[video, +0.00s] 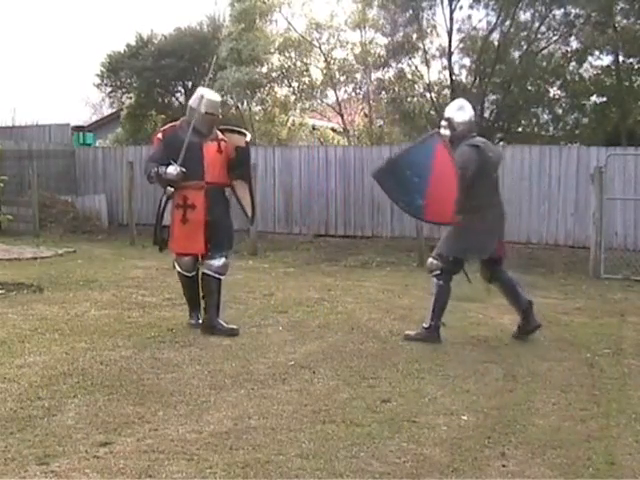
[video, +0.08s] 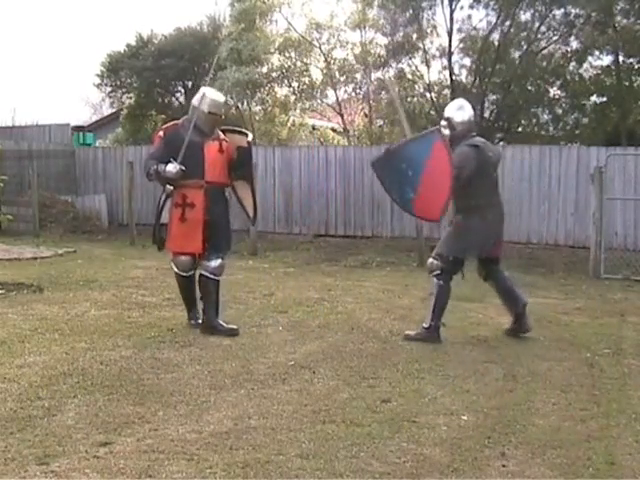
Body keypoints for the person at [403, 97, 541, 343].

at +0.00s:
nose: (447, 129)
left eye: (451, 124)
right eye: (447, 124)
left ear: (463, 124)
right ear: (470, 124)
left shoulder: (466, 151)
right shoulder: (485, 147)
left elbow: (454, 188)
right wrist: (447, 147)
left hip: (471, 222)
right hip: (491, 221)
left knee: (442, 270)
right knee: (493, 270)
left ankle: (432, 327)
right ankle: (527, 316)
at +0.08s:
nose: (447, 130)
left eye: (450, 125)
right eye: (446, 125)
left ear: (462, 125)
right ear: (470, 125)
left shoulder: (464, 152)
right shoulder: (486, 148)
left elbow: (446, 181)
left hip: (469, 222)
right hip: (492, 221)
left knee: (442, 270)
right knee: (489, 269)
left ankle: (432, 327)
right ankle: (520, 314)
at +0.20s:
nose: (449, 129)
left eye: (452, 124)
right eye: (448, 124)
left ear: (464, 125)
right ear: (473, 125)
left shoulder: (466, 155)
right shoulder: (490, 150)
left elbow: (442, 178)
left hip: (472, 224)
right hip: (494, 222)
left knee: (441, 269)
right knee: (492, 270)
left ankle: (432, 327)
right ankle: (515, 321)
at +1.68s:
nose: (452, 126)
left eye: (454, 122)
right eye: (453, 122)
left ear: (460, 123)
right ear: (476, 122)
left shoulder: (466, 150)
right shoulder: (487, 149)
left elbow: (451, 181)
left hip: (465, 219)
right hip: (487, 219)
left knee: (442, 268)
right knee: (489, 270)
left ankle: (433, 327)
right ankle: (515, 322)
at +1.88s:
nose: (451, 136)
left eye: (453, 132)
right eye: (453, 132)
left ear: (459, 133)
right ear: (480, 133)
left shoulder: (461, 157)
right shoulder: (494, 159)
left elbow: (457, 196)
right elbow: (505, 203)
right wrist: (479, 198)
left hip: (459, 229)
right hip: (487, 231)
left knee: (421, 262)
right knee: (488, 276)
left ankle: (422, 322)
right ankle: (510, 322)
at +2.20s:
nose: (435, 137)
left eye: (438, 133)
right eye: (437, 133)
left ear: (441, 135)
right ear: (462, 137)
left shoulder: (438, 162)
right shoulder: (475, 166)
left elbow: (429, 200)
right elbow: (486, 205)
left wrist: (415, 183)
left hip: (432, 238)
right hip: (459, 239)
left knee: (398, 277)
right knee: (471, 281)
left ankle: (394, 333)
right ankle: (507, 323)